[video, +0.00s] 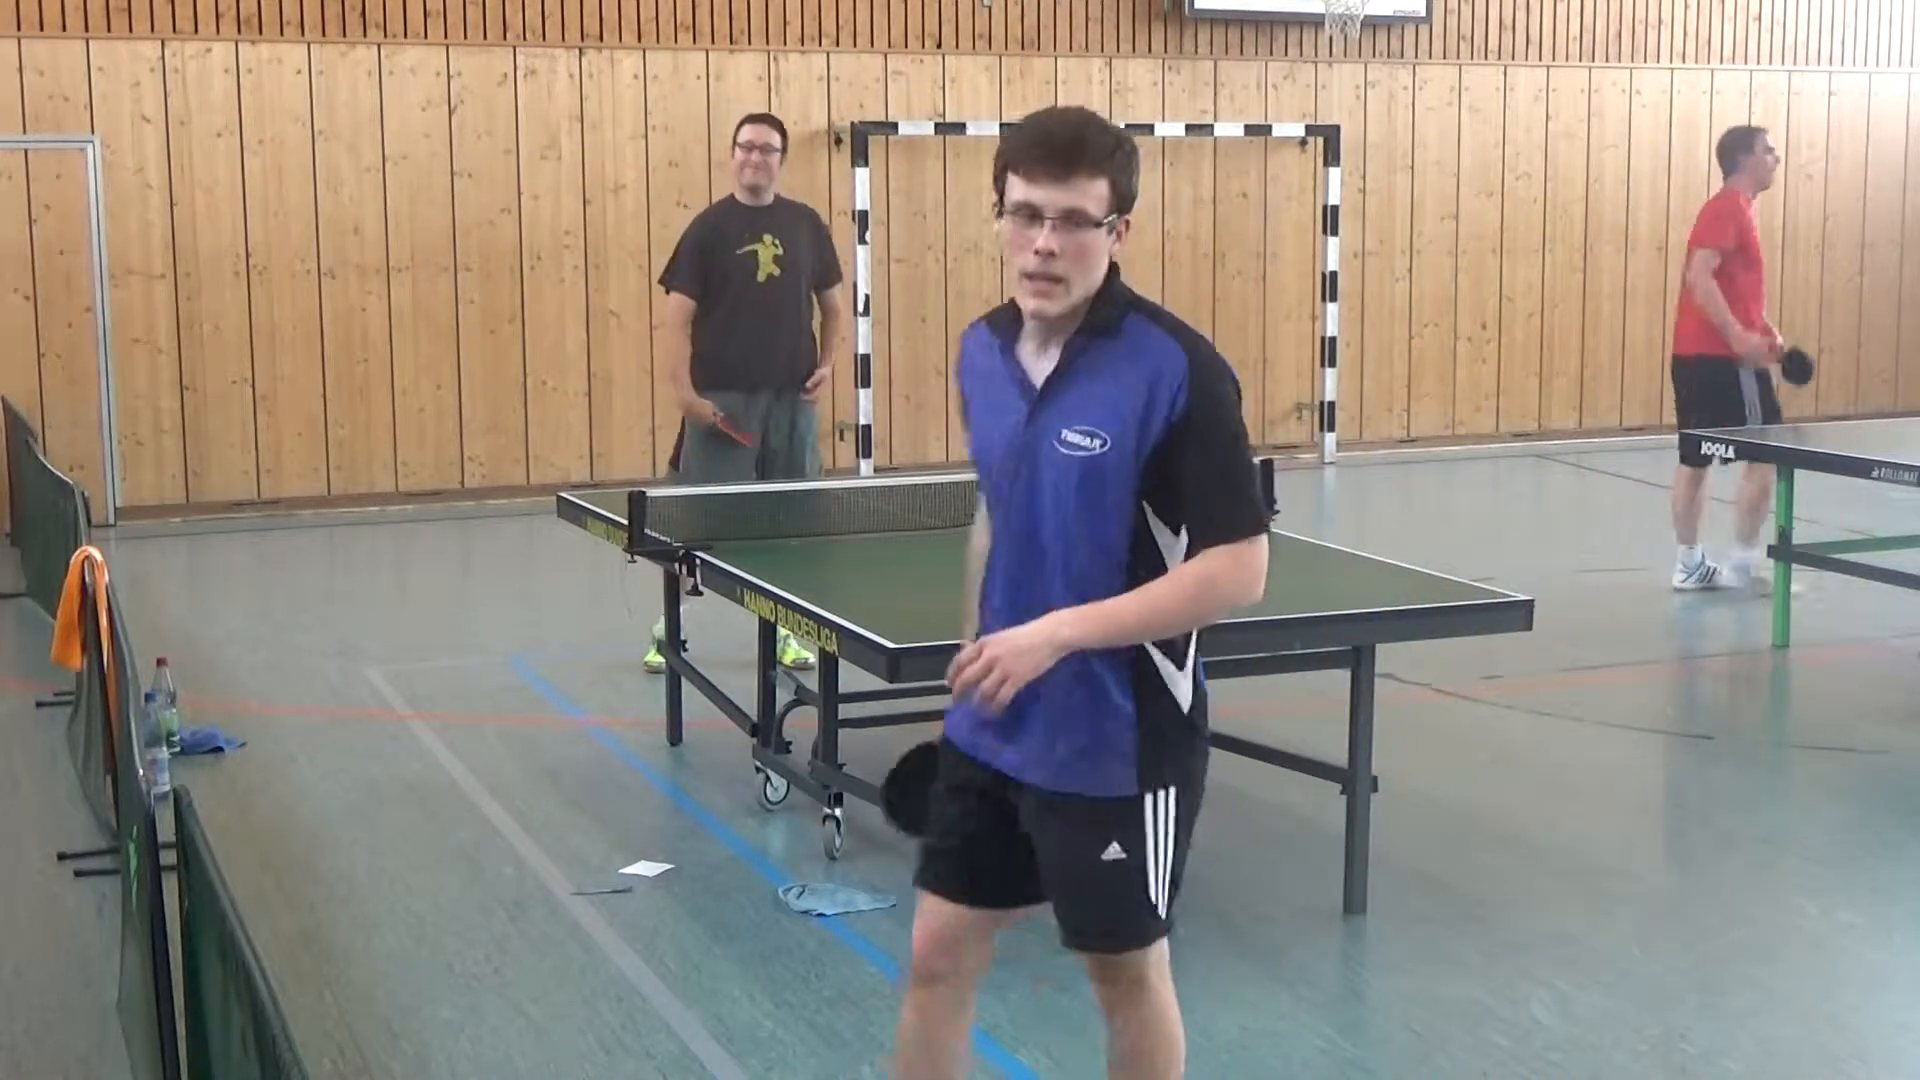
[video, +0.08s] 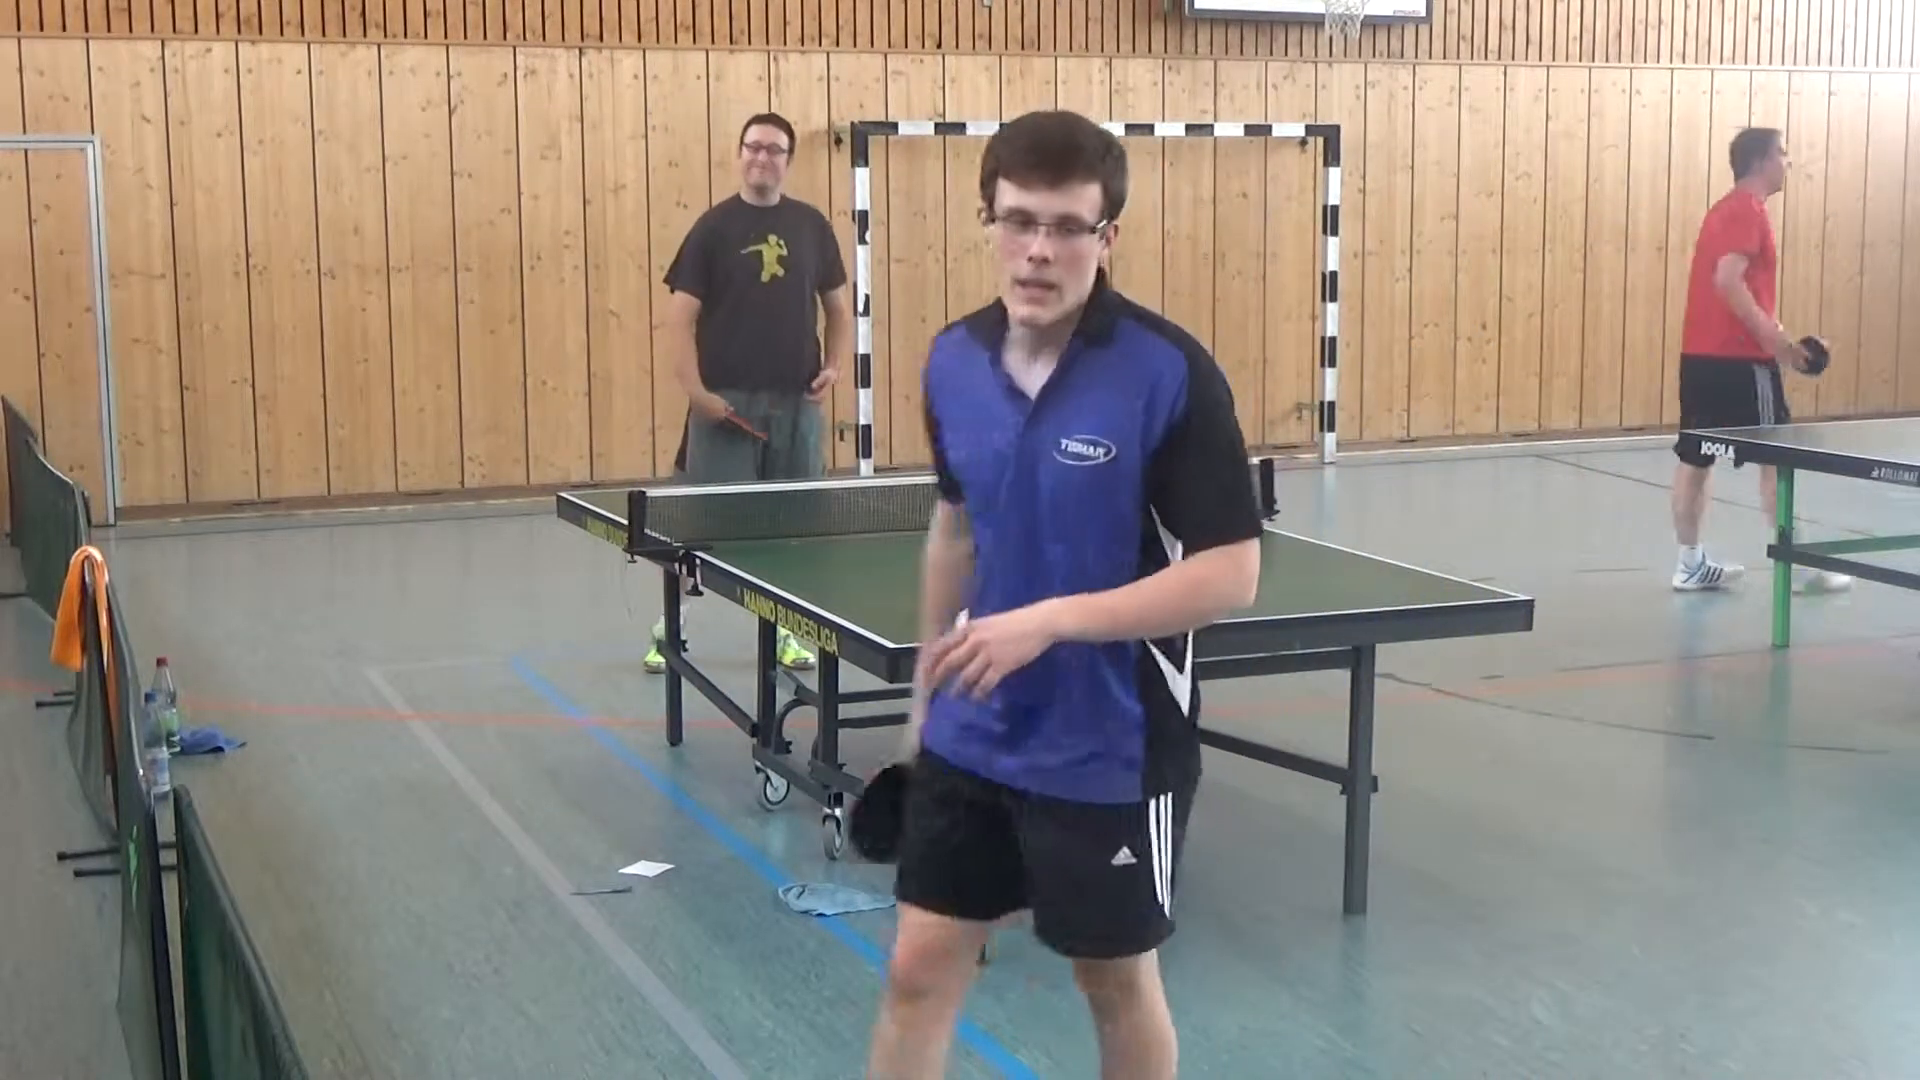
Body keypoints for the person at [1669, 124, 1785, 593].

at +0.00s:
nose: (1777, 159)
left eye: (1773, 151)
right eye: (1769, 151)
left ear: (1745, 161)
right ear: (1747, 159)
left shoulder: (1734, 210)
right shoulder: (1729, 209)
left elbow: (1733, 285)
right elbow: (1698, 275)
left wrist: (1764, 329)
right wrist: (1737, 336)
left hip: (1697, 355)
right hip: (1726, 357)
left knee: (1694, 459)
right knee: (1765, 455)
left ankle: (1689, 564)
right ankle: (1743, 564)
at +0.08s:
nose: (1787, 163)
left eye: (1785, 155)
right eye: (1781, 155)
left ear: (1745, 164)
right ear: (1760, 162)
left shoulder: (1720, 210)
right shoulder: (1748, 209)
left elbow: (1724, 287)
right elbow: (1727, 278)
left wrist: (1780, 341)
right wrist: (1773, 336)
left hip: (1701, 360)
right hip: (1742, 360)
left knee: (1693, 460)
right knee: (1776, 461)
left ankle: (1690, 564)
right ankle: (1797, 564)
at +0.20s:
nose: (1809, 168)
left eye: (1806, 160)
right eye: (1804, 160)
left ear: (1762, 167)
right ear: (1790, 166)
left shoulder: (1732, 213)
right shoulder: (1783, 213)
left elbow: (1725, 296)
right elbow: (1773, 288)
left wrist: (1800, 333)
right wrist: (1813, 333)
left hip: (1718, 365)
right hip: (1766, 368)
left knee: (1701, 463)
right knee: (1798, 469)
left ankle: (1692, 564)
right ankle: (1834, 555)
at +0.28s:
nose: (1824, 169)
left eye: (1822, 160)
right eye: (1821, 161)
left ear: (1777, 169)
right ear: (1808, 167)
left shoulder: (1748, 215)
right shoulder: (1804, 215)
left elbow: (1759, 293)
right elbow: (1799, 291)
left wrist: (1827, 328)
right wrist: (1836, 335)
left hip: (1737, 366)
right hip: (1787, 370)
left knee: (1716, 463)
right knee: (1811, 467)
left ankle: (1695, 563)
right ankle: (1839, 557)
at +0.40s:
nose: (1855, 168)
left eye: (1852, 160)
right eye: (1851, 161)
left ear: (1808, 168)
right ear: (1840, 167)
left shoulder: (1778, 212)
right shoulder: (1842, 215)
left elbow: (1772, 284)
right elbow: (1836, 295)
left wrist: (1854, 327)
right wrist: (1866, 336)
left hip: (1769, 362)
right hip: (1821, 365)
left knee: (1749, 455)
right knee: (1841, 465)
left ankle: (1702, 549)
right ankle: (1845, 560)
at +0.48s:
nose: (1877, 164)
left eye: (1874, 157)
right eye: (1874, 158)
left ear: (1829, 165)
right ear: (1865, 165)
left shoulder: (1799, 208)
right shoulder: (1864, 212)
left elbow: (1781, 277)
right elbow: (1855, 293)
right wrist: (1890, 334)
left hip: (1793, 357)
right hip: (1841, 359)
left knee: (1775, 450)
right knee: (1853, 461)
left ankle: (1718, 535)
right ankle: (1844, 560)